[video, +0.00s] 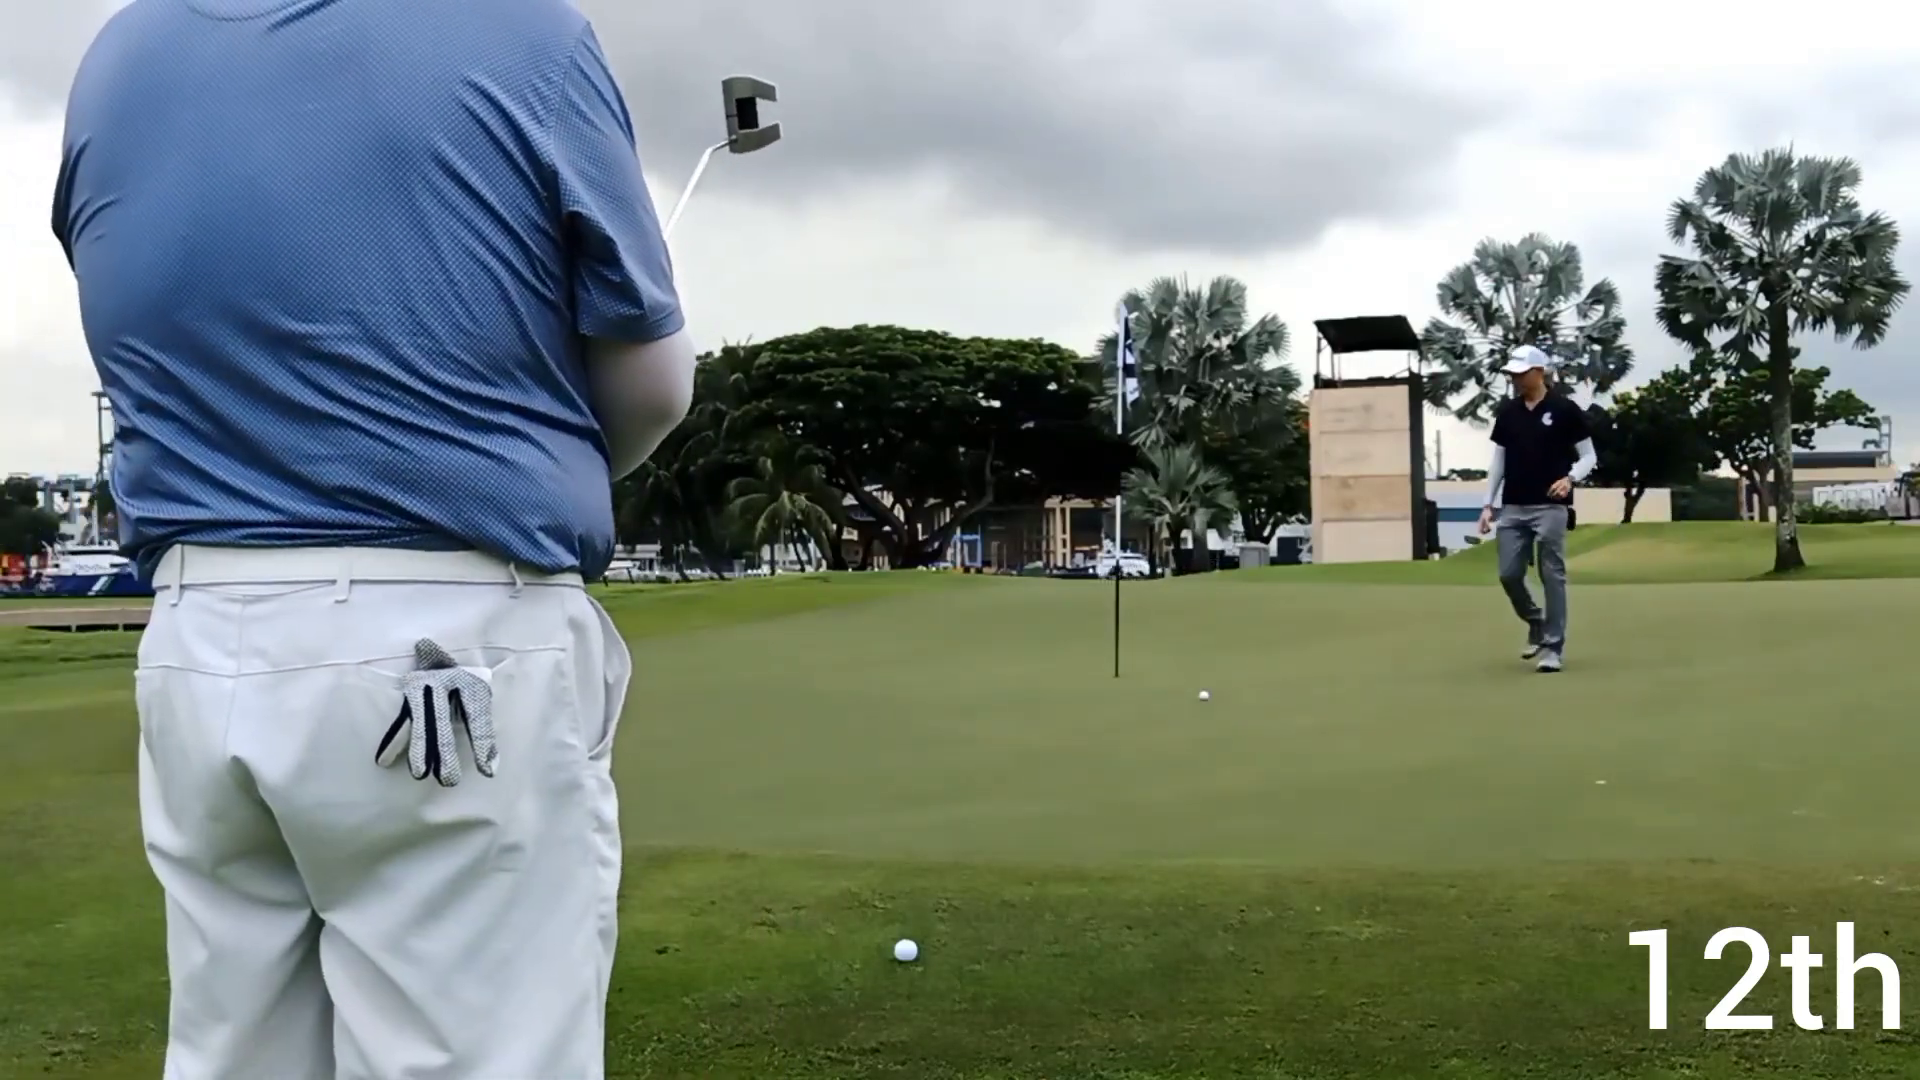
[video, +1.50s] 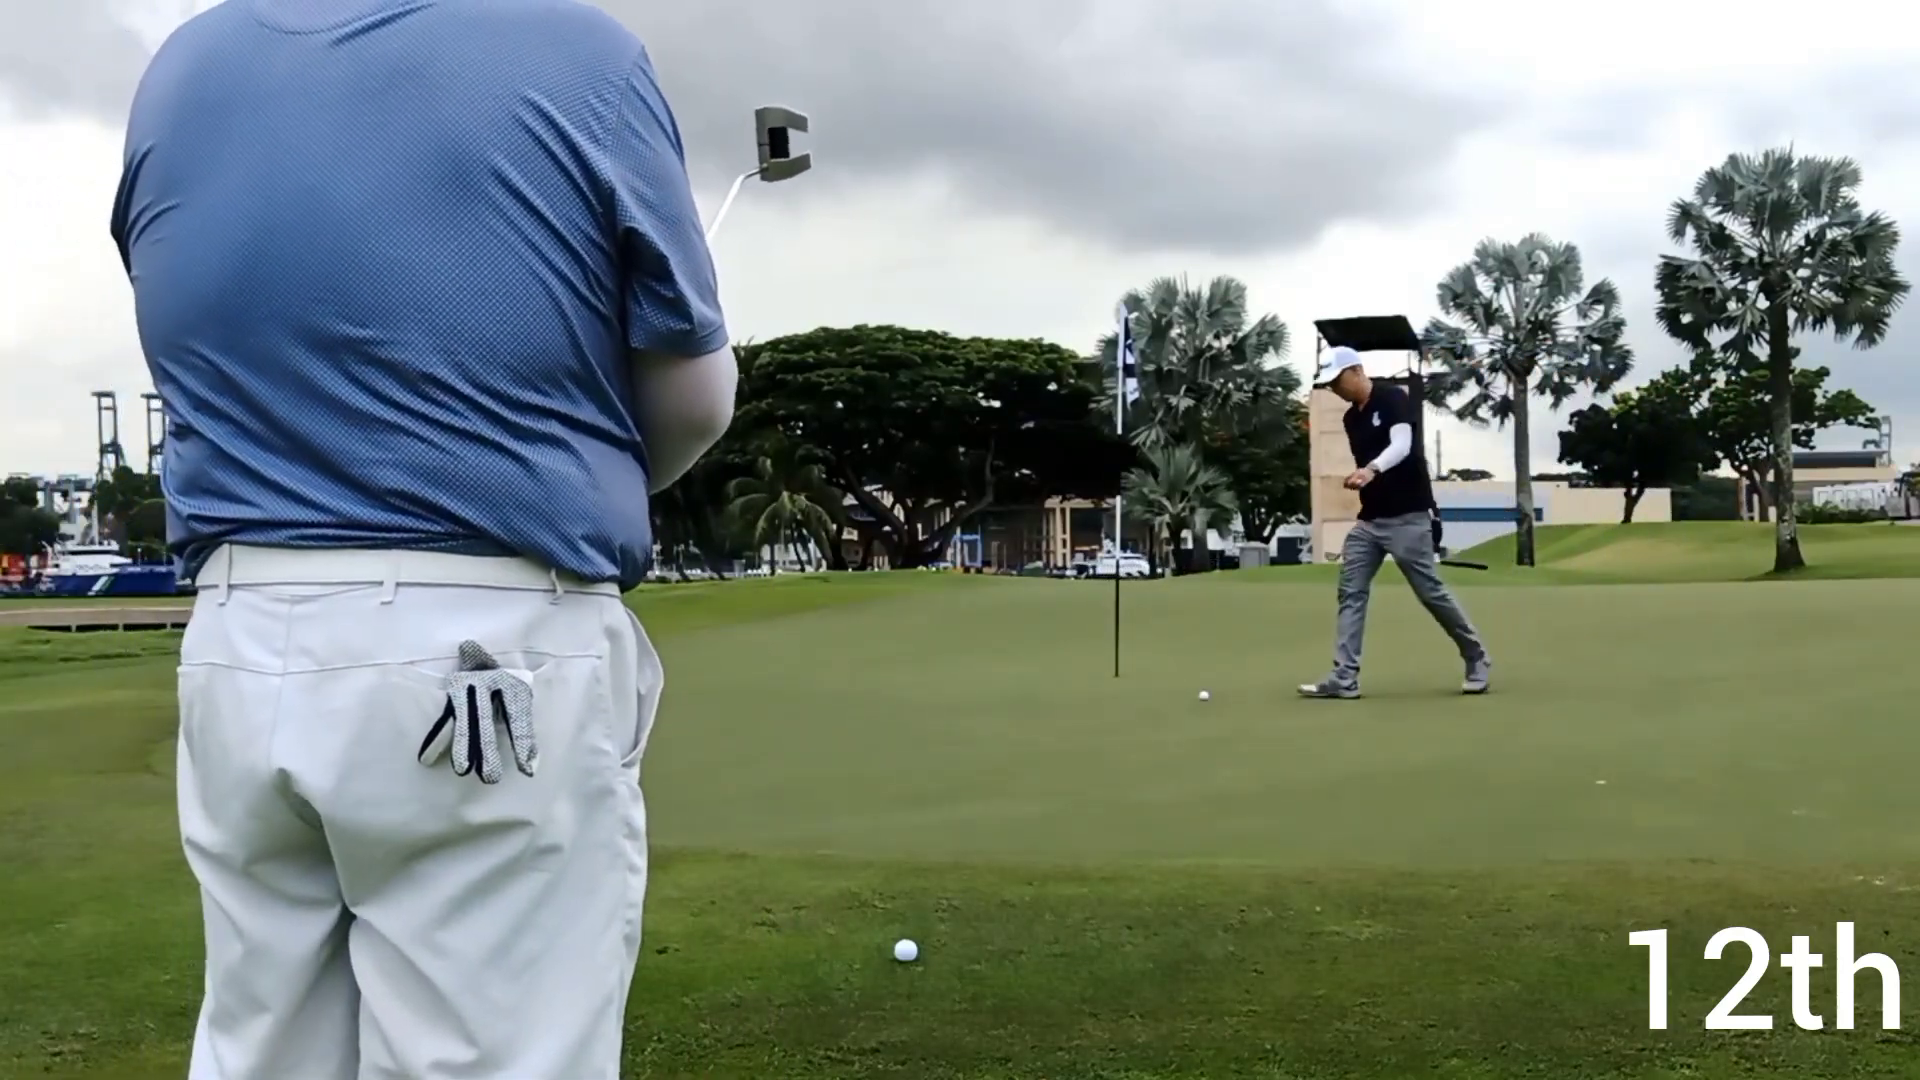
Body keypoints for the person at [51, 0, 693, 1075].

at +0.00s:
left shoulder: (125, 43)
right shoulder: (530, 30)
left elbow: (130, 322)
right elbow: (650, 380)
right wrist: (530, 474)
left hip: (203, 618)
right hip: (460, 621)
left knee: (230, 1059)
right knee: (481, 1059)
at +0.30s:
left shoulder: (146, 45)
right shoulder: (551, 34)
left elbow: (149, 322)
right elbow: (669, 383)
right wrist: (542, 484)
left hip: (218, 618)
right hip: (476, 620)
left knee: (239, 1061)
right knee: (492, 1060)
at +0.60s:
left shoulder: (160, 48)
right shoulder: (563, 35)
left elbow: (161, 327)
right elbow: (678, 387)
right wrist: (560, 485)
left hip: (233, 616)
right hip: (490, 621)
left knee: (249, 1058)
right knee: (498, 1059)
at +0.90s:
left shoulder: (169, 52)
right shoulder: (571, 39)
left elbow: (173, 332)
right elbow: (684, 389)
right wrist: (559, 492)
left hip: (236, 617)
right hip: (492, 621)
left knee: (252, 1059)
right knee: (502, 1059)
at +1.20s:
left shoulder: (175, 54)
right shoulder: (574, 41)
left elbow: (176, 328)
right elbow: (683, 390)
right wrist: (561, 494)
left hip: (238, 616)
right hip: (493, 621)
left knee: (253, 1057)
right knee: (500, 1057)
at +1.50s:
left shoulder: (187, 57)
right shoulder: (582, 46)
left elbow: (183, 331)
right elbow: (691, 393)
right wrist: (565, 494)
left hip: (245, 616)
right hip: (501, 621)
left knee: (257, 1058)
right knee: (503, 1058)